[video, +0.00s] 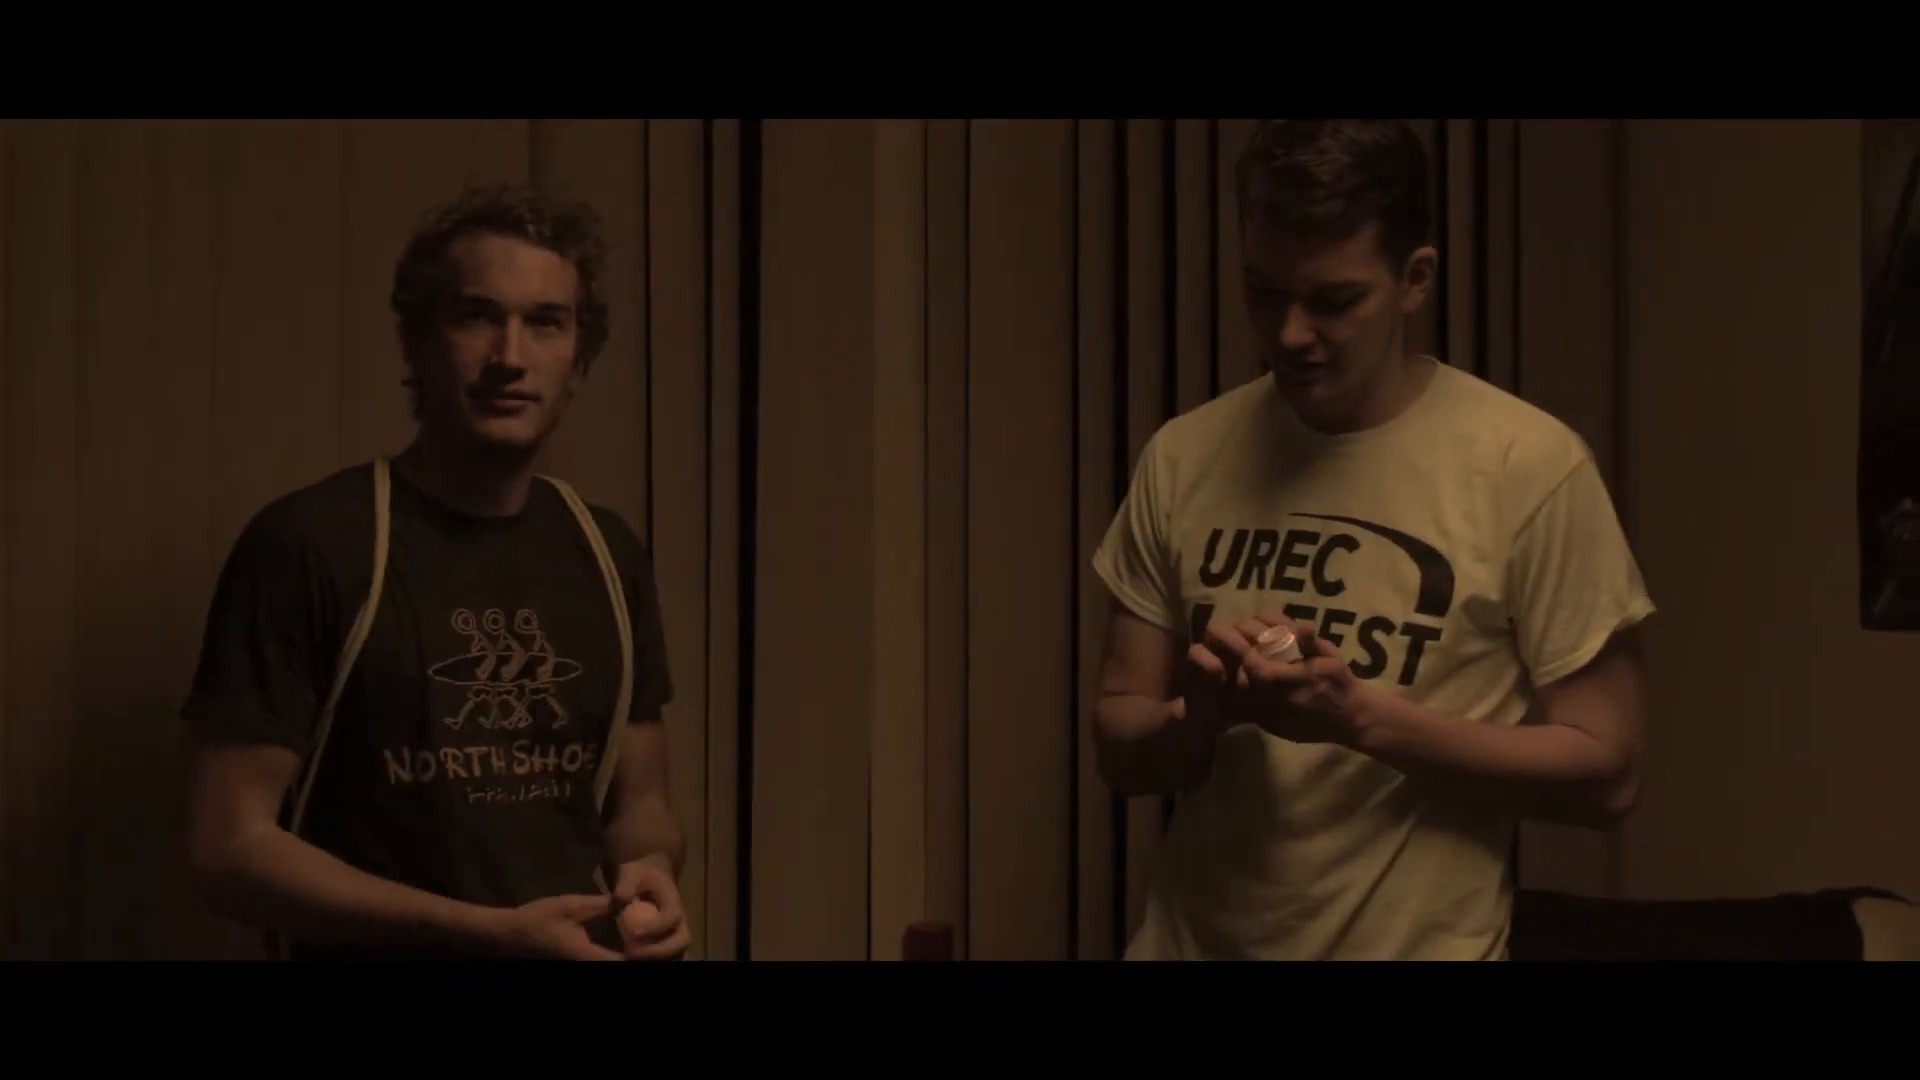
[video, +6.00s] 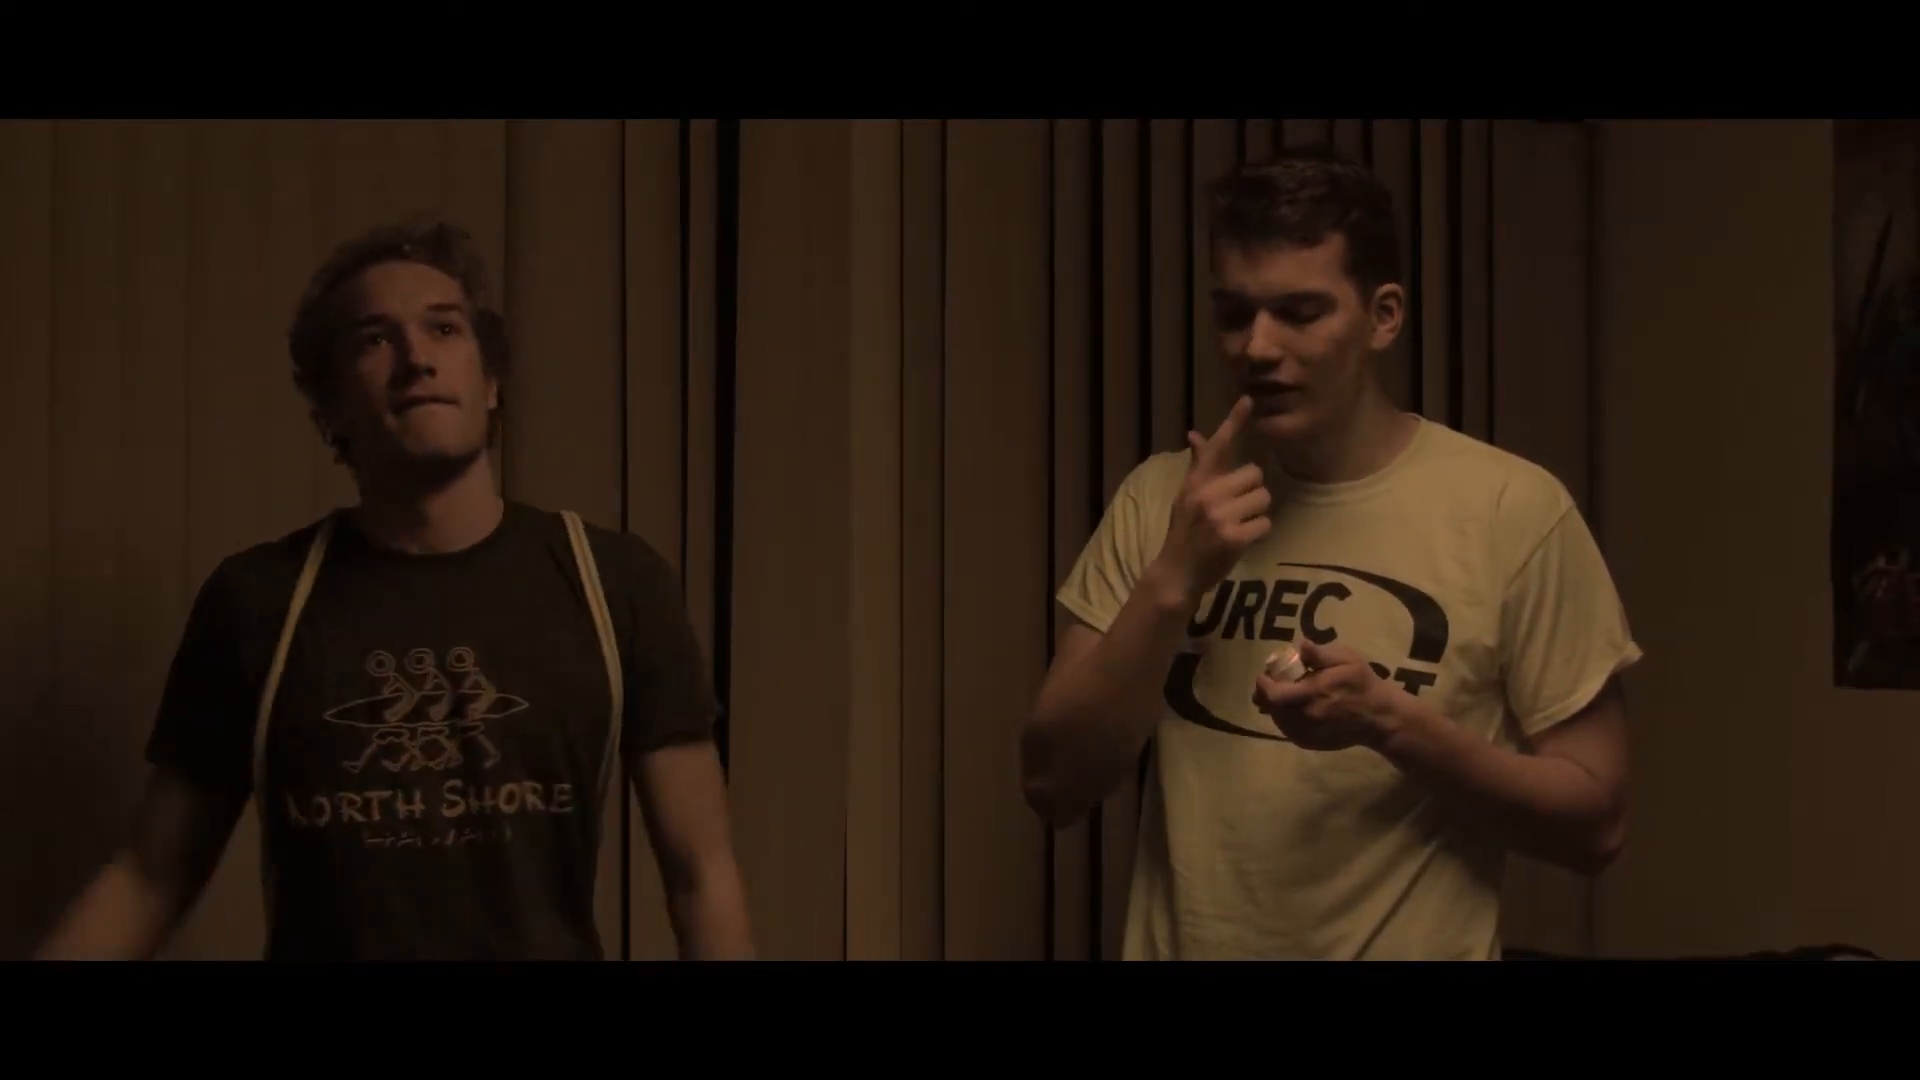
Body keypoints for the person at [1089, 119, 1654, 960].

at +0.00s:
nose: (1292, 334)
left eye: (1334, 300)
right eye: (1269, 296)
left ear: (1416, 280)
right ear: (1246, 277)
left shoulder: (1530, 469)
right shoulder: (1183, 459)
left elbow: (1606, 771)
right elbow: (1119, 740)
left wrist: (1360, 714)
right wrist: (1196, 718)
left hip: (1419, 943)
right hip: (1192, 939)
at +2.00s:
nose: (1287, 365)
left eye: (1328, 331)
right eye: (1260, 327)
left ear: (1403, 311)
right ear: (1237, 306)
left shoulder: (1515, 492)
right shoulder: (1167, 497)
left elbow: (1597, 797)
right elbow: (1091, 802)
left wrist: (1393, 693)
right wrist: (1144, 713)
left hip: (1417, 945)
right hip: (1194, 943)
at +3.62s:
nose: (1220, 308)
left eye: (1267, 273)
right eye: (1213, 272)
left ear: (1362, 290)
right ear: (1197, 275)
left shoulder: (1505, 486)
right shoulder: (1160, 487)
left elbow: (1592, 790)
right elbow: (1064, 785)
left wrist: (1376, 690)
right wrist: (1137, 601)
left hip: (1406, 946)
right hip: (1177, 941)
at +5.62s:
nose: (1246, 342)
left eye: (1286, 307)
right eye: (1227, 309)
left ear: (1379, 311)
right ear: (1210, 316)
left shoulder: (1515, 514)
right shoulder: (1161, 500)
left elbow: (1597, 819)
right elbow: (1048, 776)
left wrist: (1394, 721)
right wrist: (1174, 559)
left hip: (1416, 948)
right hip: (1177, 944)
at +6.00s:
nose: (1258, 348)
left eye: (1300, 311)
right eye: (1235, 315)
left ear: (1384, 316)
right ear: (1215, 320)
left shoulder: (1514, 514)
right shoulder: (1158, 500)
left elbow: (1596, 818)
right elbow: (1054, 784)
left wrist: (1390, 720)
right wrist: (1173, 576)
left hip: (1413, 950)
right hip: (1176, 946)